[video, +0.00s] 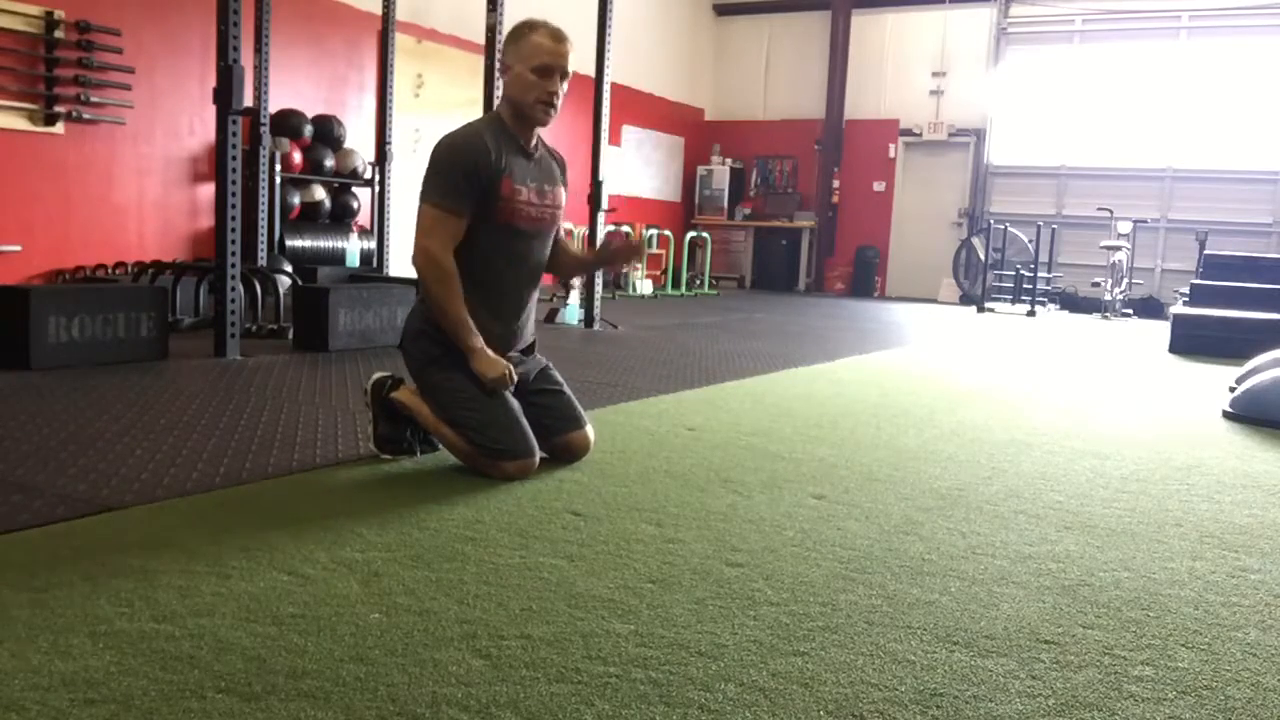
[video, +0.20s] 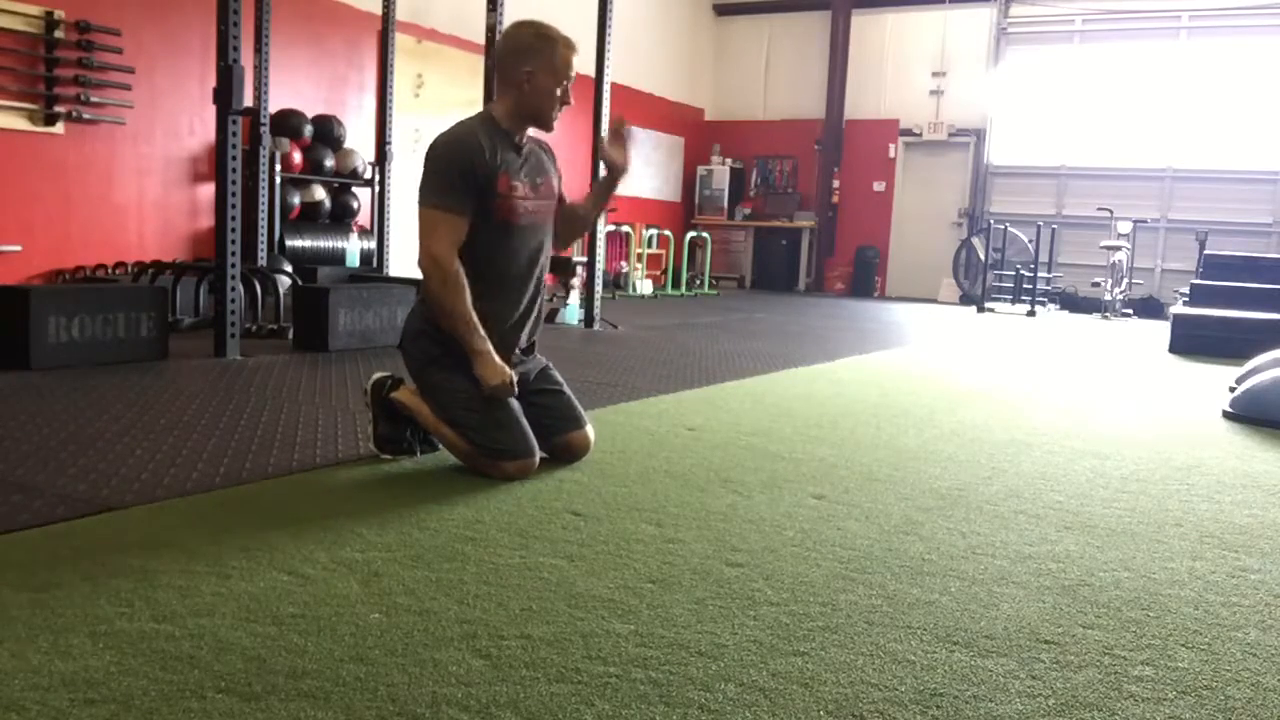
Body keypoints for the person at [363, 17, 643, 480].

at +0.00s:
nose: (555, 88)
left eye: (563, 77)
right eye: (541, 72)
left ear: (568, 84)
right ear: (505, 71)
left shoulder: (553, 164)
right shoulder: (466, 149)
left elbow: (551, 253)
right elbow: (431, 254)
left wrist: (599, 260)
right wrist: (476, 349)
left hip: (517, 347)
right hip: (448, 348)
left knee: (573, 444)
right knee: (516, 464)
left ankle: (445, 408)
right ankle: (401, 400)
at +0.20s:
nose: (569, 96)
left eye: (569, 84)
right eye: (562, 82)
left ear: (529, 80)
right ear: (526, 79)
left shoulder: (542, 155)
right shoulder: (461, 147)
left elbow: (561, 234)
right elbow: (437, 259)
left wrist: (610, 178)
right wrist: (482, 352)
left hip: (514, 345)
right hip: (449, 349)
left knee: (573, 442)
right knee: (515, 463)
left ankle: (448, 404)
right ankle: (401, 398)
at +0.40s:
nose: (563, 95)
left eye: (565, 83)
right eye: (561, 81)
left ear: (530, 80)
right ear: (529, 78)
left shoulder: (537, 153)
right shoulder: (462, 149)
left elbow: (562, 213)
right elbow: (443, 260)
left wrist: (590, 136)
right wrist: (473, 360)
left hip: (513, 347)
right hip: (450, 349)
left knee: (572, 442)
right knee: (515, 464)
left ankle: (438, 413)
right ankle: (400, 399)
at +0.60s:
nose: (562, 94)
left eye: (563, 82)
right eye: (560, 80)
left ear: (530, 79)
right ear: (531, 78)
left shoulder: (535, 153)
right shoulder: (460, 149)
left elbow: (559, 205)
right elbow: (439, 258)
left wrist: (574, 129)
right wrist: (472, 355)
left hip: (512, 345)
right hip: (449, 348)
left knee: (572, 443)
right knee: (516, 464)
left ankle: (437, 413)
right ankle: (399, 399)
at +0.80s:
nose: (558, 94)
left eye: (559, 82)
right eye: (555, 80)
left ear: (525, 78)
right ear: (526, 78)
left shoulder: (533, 151)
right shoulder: (456, 148)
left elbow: (566, 180)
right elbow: (436, 257)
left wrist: (614, 137)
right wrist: (472, 355)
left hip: (513, 347)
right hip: (450, 352)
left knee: (573, 443)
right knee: (516, 464)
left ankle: (441, 408)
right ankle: (400, 399)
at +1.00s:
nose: (559, 91)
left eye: (560, 78)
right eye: (554, 76)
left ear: (522, 76)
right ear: (519, 74)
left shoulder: (539, 153)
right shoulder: (452, 149)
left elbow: (585, 175)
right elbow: (431, 258)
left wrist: (620, 167)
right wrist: (464, 355)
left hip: (515, 348)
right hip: (452, 351)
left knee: (573, 443)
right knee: (515, 464)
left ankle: (437, 411)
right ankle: (399, 399)